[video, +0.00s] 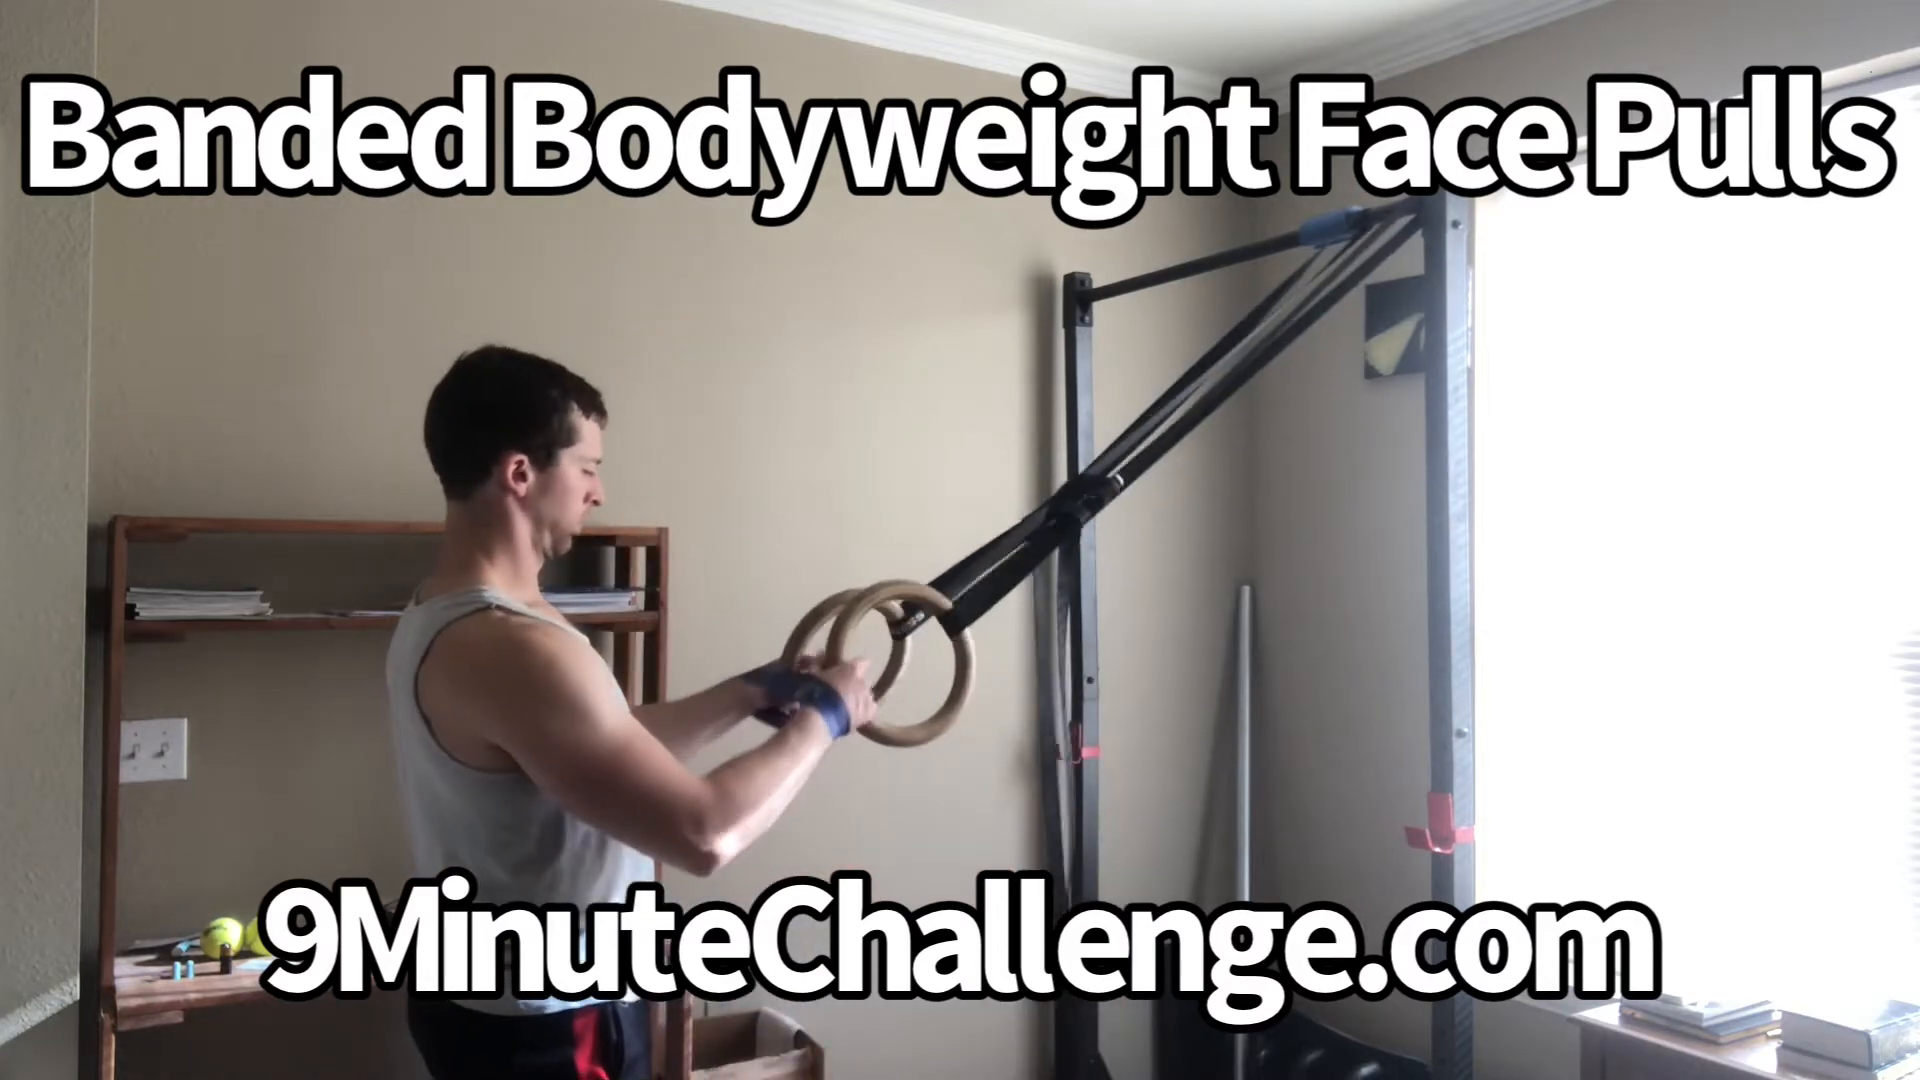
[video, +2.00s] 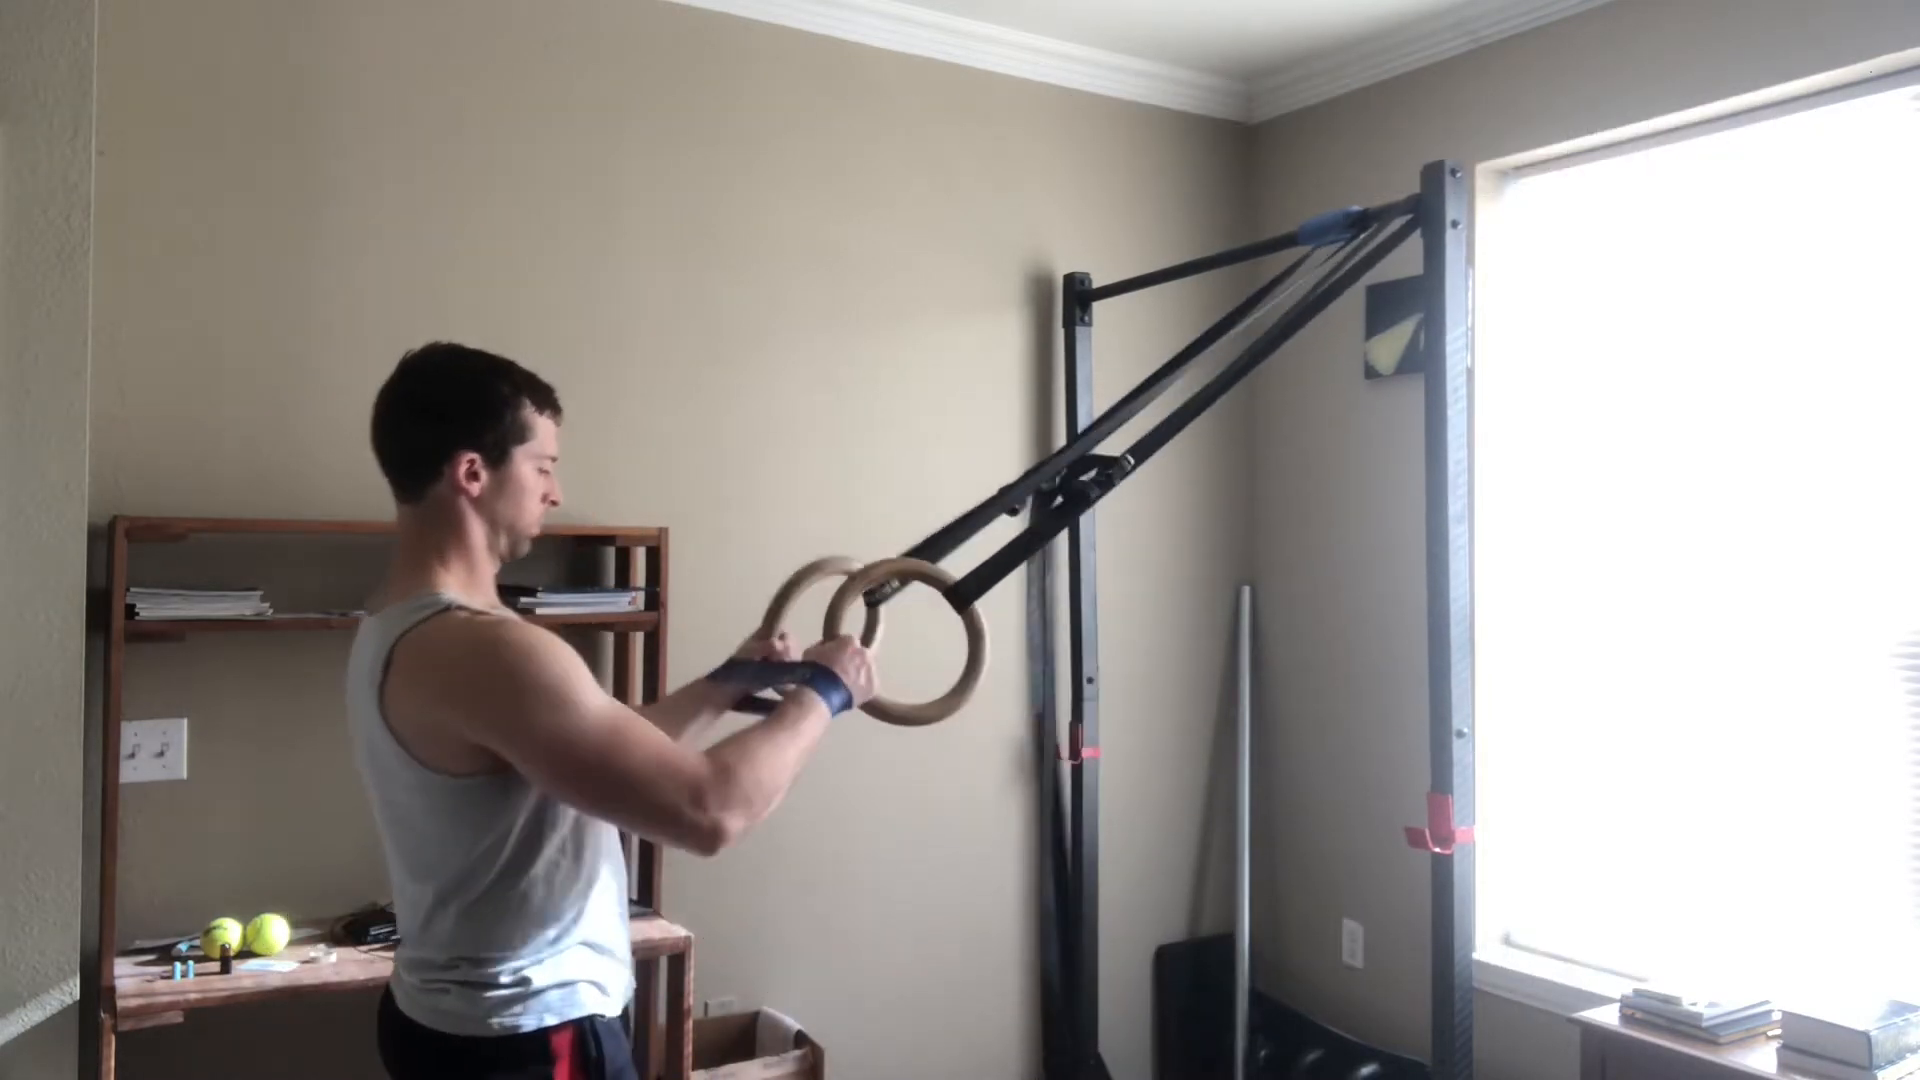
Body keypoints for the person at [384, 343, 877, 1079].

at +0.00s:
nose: (597, 492)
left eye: (596, 468)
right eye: (587, 466)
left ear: (515, 477)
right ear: (519, 474)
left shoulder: (444, 616)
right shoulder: (517, 653)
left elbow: (605, 754)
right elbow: (704, 835)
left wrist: (753, 693)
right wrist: (824, 718)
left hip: (488, 1007)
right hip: (548, 1027)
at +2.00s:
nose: (555, 493)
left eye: (554, 467)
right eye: (543, 465)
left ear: (467, 478)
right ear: (471, 474)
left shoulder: (400, 629)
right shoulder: (493, 654)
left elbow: (587, 767)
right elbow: (708, 810)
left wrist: (727, 686)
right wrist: (825, 694)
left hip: (448, 1022)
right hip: (534, 1041)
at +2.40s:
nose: (483, 525)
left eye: (481, 500)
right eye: (469, 498)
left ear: (393, 504)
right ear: (392, 503)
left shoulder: (329, 653)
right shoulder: (405, 681)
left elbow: (555, 745)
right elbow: (652, 791)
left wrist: (707, 680)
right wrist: (800, 680)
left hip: (443, 1034)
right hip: (514, 1047)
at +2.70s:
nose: (406, 525)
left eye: (392, 497)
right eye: (381, 502)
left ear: (305, 542)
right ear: (304, 539)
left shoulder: (292, 691)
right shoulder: (355, 717)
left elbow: (539, 734)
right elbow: (620, 772)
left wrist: (696, 668)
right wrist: (778, 675)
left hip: (446, 1047)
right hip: (518, 1054)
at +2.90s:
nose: (341, 556)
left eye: (325, 532)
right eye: (313, 539)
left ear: (237, 594)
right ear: (237, 590)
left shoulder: (270, 741)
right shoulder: (319, 759)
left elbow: (557, 737)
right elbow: (602, 746)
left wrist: (722, 657)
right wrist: (780, 660)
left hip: (503, 1050)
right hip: (541, 1058)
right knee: (787, 1048)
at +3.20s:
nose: (272, 607)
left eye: (250, 584)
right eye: (237, 595)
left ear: (166, 660)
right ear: (165, 656)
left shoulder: (222, 785)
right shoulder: (297, 805)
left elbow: (516, 735)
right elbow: (575, 733)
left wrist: (694, 651)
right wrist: (755, 640)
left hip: (489, 1054)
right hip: (544, 1067)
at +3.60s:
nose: (269, 663)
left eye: (246, 643)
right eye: (235, 657)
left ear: (172, 731)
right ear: (171, 727)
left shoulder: (260, 831)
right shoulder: (325, 852)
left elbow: (522, 760)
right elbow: (592, 762)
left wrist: (718, 661)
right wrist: (768, 654)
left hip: (581, 1039)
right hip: (595, 1060)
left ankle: (720, 1052)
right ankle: (749, 1051)